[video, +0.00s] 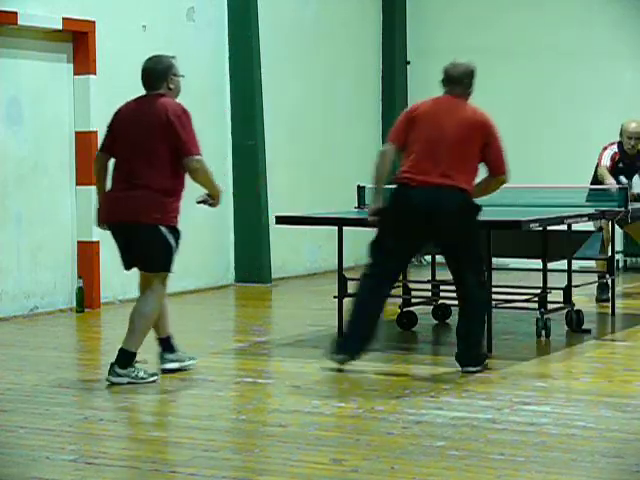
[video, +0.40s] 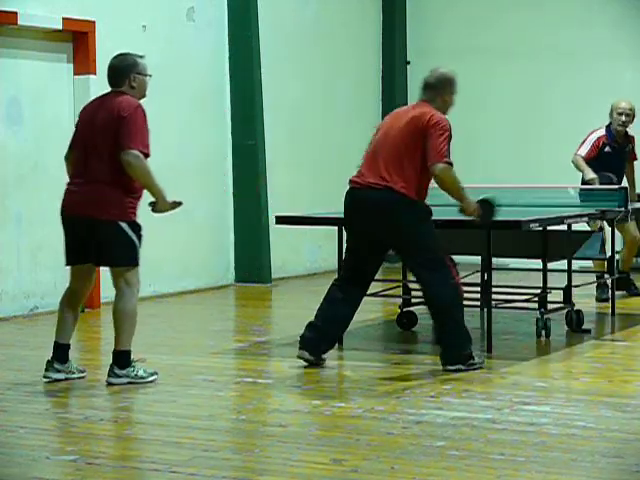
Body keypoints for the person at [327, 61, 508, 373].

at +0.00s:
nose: (461, 89)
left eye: (456, 82)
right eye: (466, 85)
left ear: (444, 83)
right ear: (470, 86)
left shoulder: (418, 110)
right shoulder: (481, 122)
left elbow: (387, 152)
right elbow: (498, 177)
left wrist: (377, 198)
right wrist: (466, 194)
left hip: (408, 204)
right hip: (453, 208)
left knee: (380, 273)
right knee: (471, 282)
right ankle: (470, 358)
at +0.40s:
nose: (451, 103)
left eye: (452, 98)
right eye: (451, 98)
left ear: (425, 92)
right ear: (445, 96)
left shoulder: (395, 115)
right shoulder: (437, 121)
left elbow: (376, 154)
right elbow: (439, 169)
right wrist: (465, 201)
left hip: (360, 200)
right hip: (400, 205)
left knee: (353, 277)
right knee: (438, 276)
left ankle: (312, 345)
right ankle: (457, 355)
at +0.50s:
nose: (472, 107)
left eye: (473, 101)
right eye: (471, 101)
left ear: (448, 95)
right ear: (461, 98)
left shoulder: (422, 116)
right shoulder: (441, 123)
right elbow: (439, 177)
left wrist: (479, 194)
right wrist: (483, 197)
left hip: (362, 197)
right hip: (394, 204)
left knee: (354, 275)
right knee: (433, 276)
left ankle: (309, 343)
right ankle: (453, 356)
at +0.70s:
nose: (516, 137)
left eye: (517, 131)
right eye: (516, 130)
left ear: (494, 118)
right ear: (505, 126)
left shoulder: (458, 125)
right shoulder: (477, 151)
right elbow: (469, 213)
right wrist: (511, 218)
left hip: (381, 196)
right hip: (411, 211)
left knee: (352, 271)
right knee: (454, 277)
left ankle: (309, 335)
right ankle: (451, 356)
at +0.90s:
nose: (529, 112)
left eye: (530, 106)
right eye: (531, 107)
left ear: (501, 95)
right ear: (527, 109)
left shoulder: (466, 111)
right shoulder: (512, 146)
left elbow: (423, 145)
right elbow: (495, 203)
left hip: (407, 192)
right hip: (443, 211)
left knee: (397, 259)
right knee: (472, 281)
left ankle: (359, 324)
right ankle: (453, 357)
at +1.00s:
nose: (521, 85)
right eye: (524, 80)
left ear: (495, 75)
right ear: (524, 83)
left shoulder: (462, 98)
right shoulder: (518, 125)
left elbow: (424, 139)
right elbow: (519, 187)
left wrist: (426, 177)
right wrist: (532, 190)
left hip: (421, 193)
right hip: (460, 206)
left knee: (419, 257)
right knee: (476, 282)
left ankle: (395, 325)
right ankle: (454, 357)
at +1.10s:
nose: (520, 66)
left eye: (516, 59)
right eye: (521, 61)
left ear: (490, 59)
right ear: (519, 63)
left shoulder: (462, 88)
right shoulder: (521, 105)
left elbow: (432, 133)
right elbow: (534, 163)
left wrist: (445, 168)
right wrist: (556, 162)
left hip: (437, 191)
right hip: (479, 199)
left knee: (440, 264)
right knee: (477, 276)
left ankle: (432, 335)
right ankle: (460, 356)